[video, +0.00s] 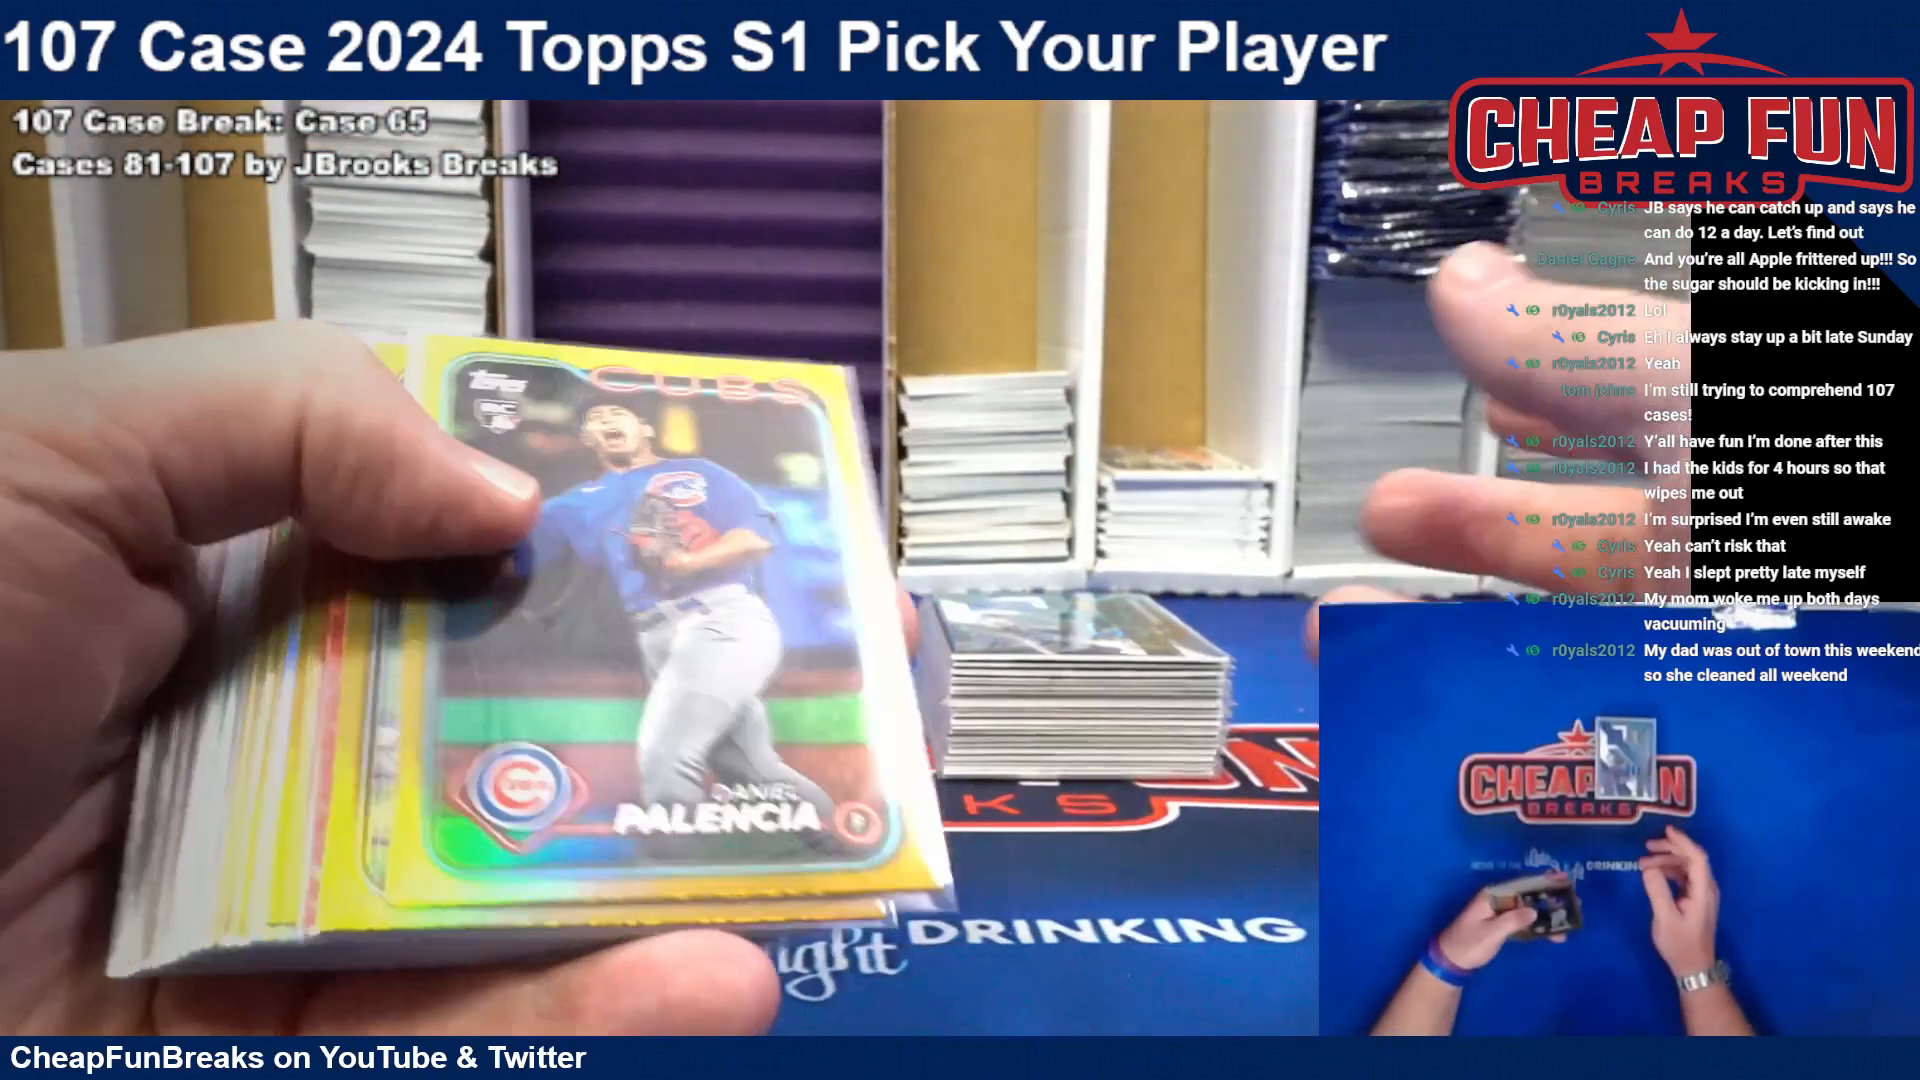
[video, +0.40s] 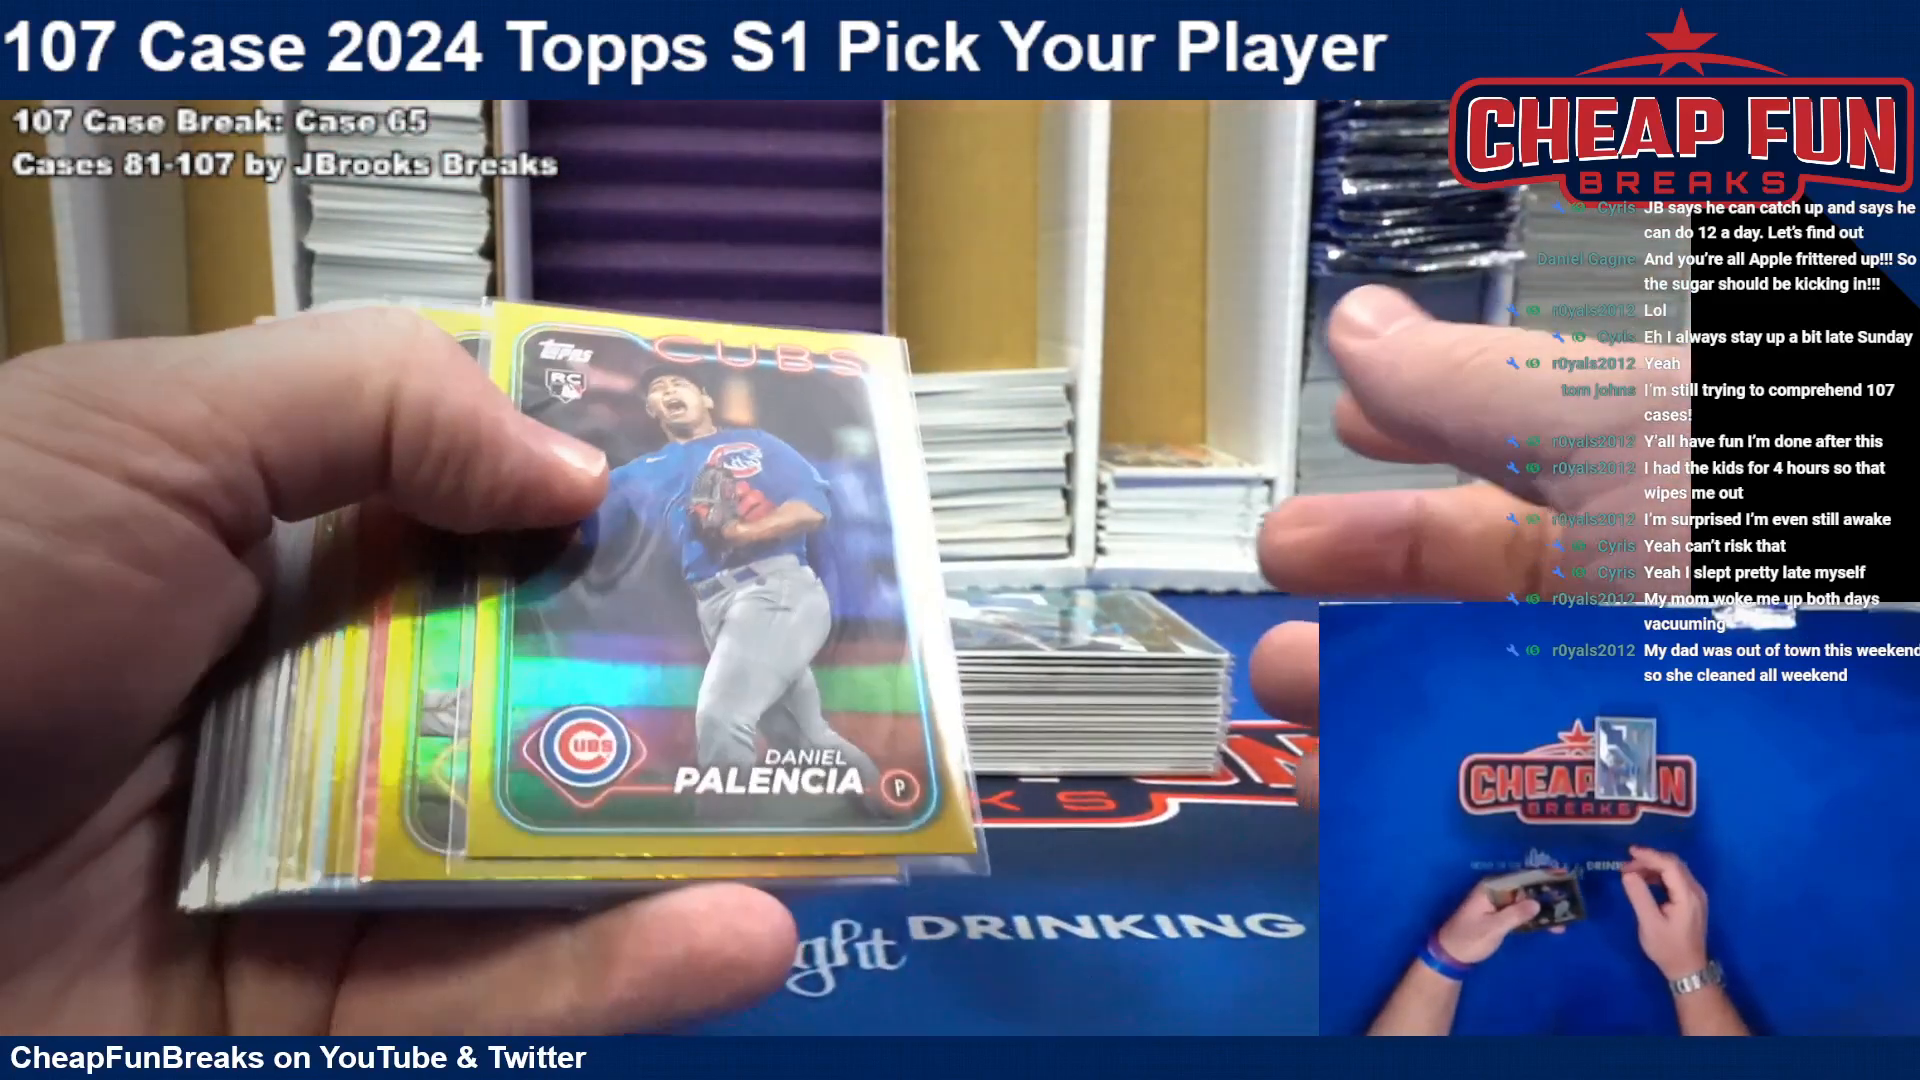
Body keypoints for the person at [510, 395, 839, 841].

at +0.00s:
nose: (609, 424)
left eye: (619, 416)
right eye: (596, 419)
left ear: (646, 431)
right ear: (585, 440)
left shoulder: (699, 473)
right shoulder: (585, 502)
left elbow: (758, 535)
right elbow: (511, 539)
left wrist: (689, 561)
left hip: (728, 621)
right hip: (660, 638)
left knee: (665, 754)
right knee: (753, 768)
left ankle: (682, 893)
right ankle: (851, 849)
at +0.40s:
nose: (670, 394)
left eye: (679, 386)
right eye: (658, 391)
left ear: (706, 400)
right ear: (652, 414)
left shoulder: (756, 443)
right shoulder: (645, 471)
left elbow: (813, 506)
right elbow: (578, 503)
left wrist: (743, 532)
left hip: (780, 588)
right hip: (718, 606)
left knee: (721, 716)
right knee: (804, 738)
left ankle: (726, 856)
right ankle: (901, 819)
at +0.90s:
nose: (717, 372)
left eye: (727, 362)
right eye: (705, 368)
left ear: (757, 376)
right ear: (697, 391)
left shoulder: (809, 422)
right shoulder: (694, 455)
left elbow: (864, 490)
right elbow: (618, 494)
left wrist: (794, 519)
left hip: (828, 580)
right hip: (760, 601)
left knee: (762, 723)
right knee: (849, 739)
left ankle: (759, 877)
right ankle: (945, 836)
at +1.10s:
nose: (797, 355)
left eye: (808, 343)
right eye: (784, 348)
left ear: (837, 350)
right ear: (771, 366)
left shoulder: (890, 395)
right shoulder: (773, 438)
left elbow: (956, 456)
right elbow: (689, 482)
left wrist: (900, 490)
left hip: (947, 540)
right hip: (868, 570)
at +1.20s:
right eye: (692, 395)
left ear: (712, 404)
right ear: (655, 400)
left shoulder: (697, 451)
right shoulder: (605, 448)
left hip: (690, 614)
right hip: (602, 612)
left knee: (773, 659)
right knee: (479, 708)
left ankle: (787, 816)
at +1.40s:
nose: (719, 384)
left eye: (725, 379)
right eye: (705, 374)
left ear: (732, 398)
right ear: (671, 387)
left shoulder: (760, 461)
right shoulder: (614, 440)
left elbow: (811, 517)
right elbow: (514, 435)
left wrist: (850, 563)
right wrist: (544, 376)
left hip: (695, 598)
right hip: (608, 594)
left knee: (777, 639)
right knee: (494, 686)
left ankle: (796, 786)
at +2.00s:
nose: (781, 388)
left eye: (786, 382)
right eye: (768, 379)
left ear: (792, 398)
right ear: (736, 388)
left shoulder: (818, 464)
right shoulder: (678, 437)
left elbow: (863, 520)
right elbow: (583, 432)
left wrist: (900, 571)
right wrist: (614, 373)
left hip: (747, 595)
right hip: (664, 587)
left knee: (824, 642)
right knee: (551, 673)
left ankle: (833, 784)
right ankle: (462, 668)